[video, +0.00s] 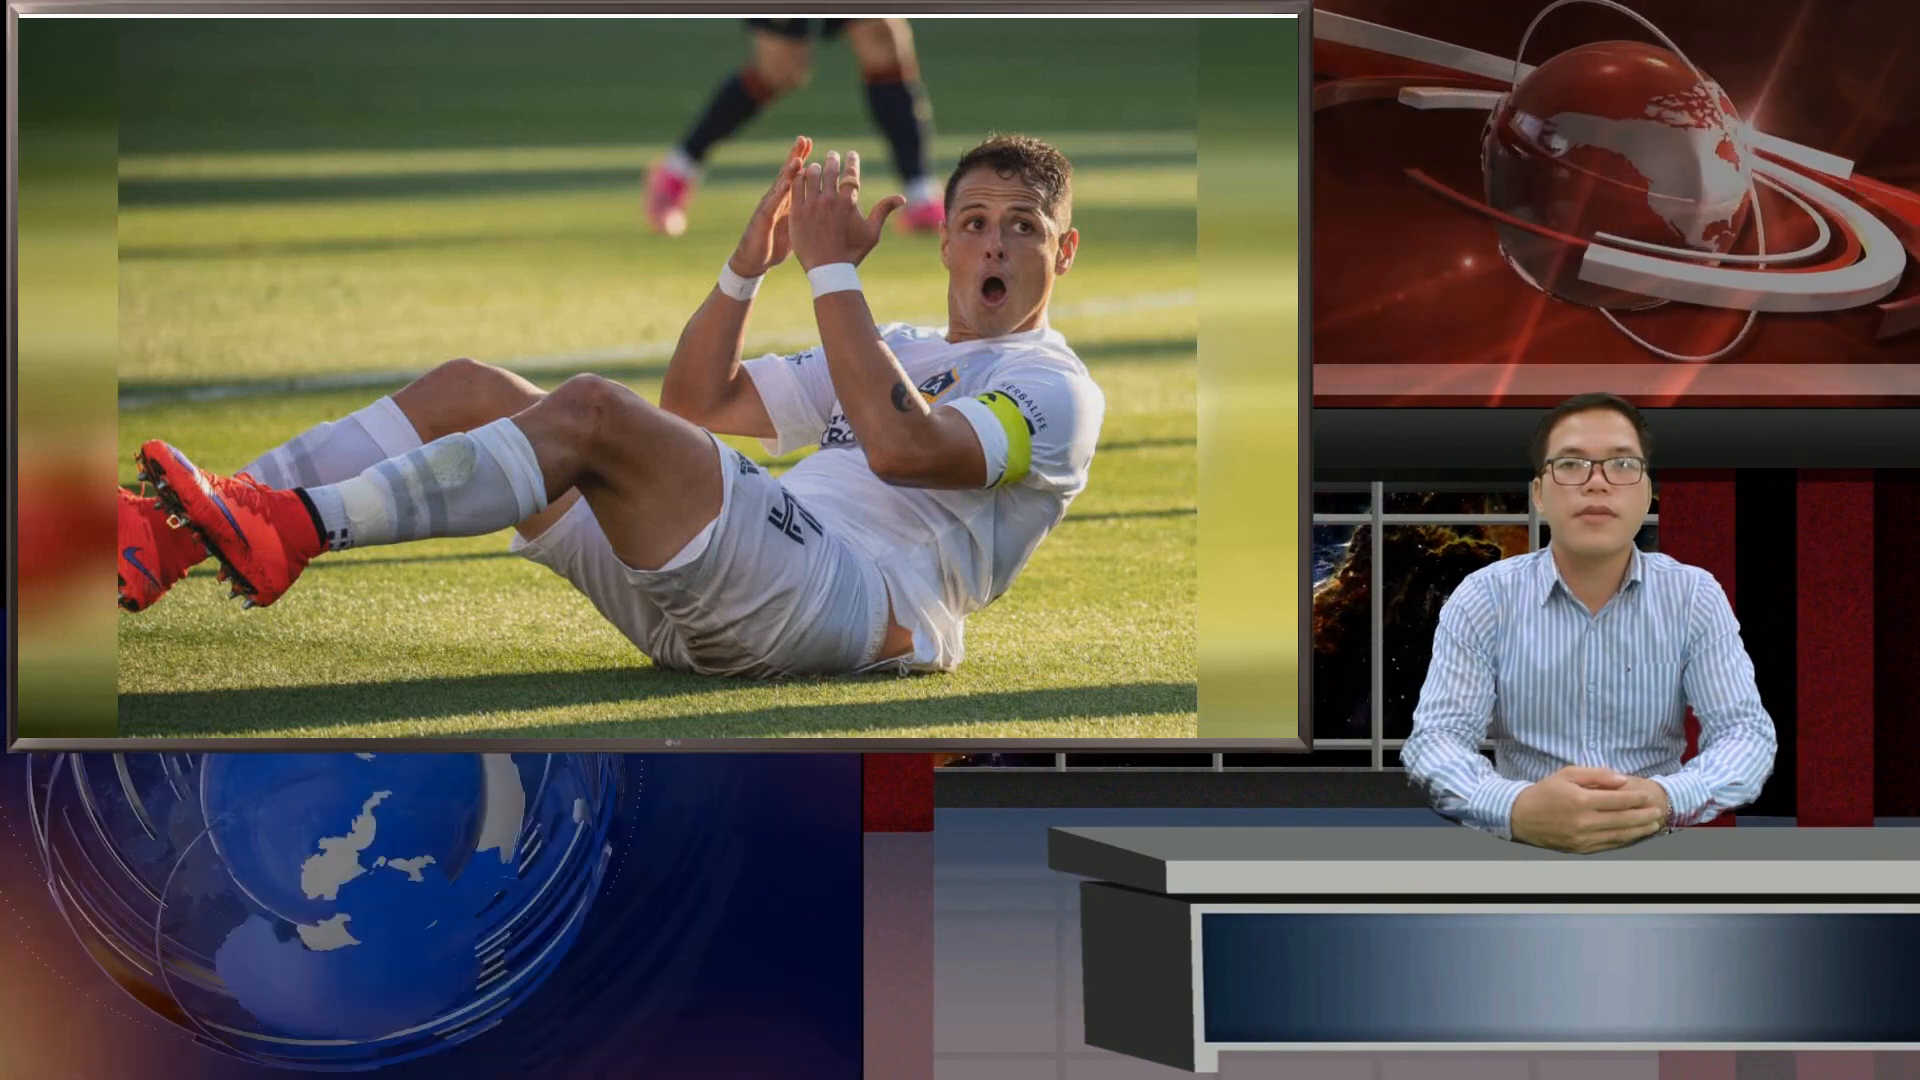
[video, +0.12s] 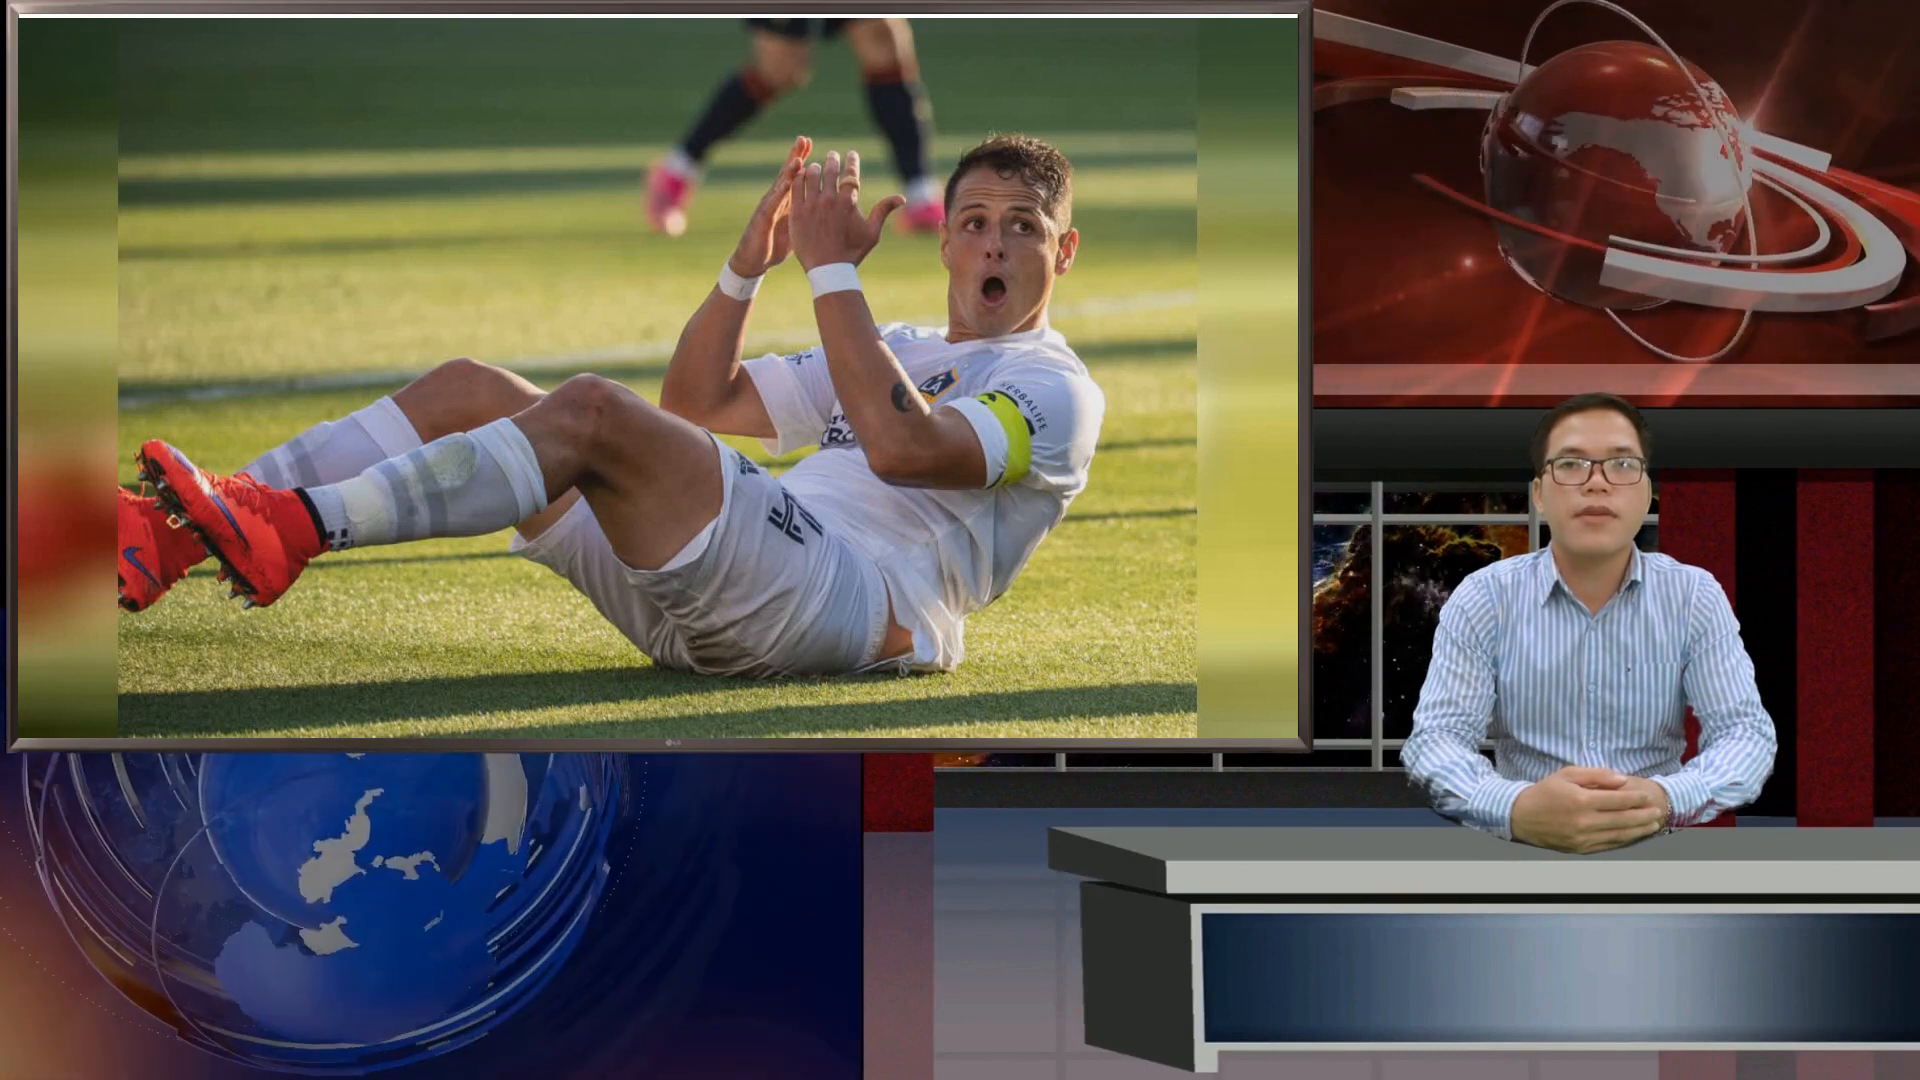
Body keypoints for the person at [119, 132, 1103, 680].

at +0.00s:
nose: (995, 246)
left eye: (1022, 230)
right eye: (975, 224)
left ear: (1065, 257)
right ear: (942, 242)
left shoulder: (1054, 389)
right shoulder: (893, 358)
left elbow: (901, 447)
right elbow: (695, 404)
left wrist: (834, 270)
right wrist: (746, 270)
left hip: (842, 602)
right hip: (735, 572)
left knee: (592, 413)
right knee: (468, 389)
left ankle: (300, 524)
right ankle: (174, 542)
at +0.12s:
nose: (995, 246)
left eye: (1022, 230)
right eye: (975, 224)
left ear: (1065, 257)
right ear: (942, 242)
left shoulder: (1054, 389)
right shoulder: (893, 359)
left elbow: (901, 447)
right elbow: (695, 404)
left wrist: (834, 270)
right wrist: (746, 270)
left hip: (842, 602)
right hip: (734, 572)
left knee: (592, 413)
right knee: (468, 389)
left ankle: (300, 524)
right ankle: (174, 542)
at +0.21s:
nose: (996, 245)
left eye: (1023, 229)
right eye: (976, 223)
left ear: (1065, 257)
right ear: (943, 241)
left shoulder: (1056, 389)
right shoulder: (892, 358)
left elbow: (901, 447)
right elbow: (695, 405)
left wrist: (833, 268)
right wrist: (747, 269)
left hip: (840, 603)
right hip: (733, 572)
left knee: (593, 413)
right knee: (467, 389)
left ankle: (300, 524)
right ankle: (173, 542)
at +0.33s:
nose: (996, 245)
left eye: (1023, 229)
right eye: (976, 223)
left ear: (1065, 257)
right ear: (943, 241)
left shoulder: (1056, 389)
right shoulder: (892, 358)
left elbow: (901, 447)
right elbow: (695, 405)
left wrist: (833, 268)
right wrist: (746, 269)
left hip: (840, 603)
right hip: (733, 572)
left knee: (593, 413)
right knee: (467, 389)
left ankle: (300, 524)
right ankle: (173, 541)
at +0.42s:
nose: (996, 245)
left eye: (1023, 229)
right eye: (976, 223)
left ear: (1065, 257)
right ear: (943, 241)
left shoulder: (1056, 389)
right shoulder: (892, 358)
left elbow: (901, 447)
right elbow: (695, 405)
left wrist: (833, 268)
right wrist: (746, 270)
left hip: (840, 603)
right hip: (733, 572)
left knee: (593, 413)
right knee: (467, 389)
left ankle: (300, 524)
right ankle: (173, 541)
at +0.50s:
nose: (995, 246)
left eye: (1022, 230)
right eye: (975, 224)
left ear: (1065, 257)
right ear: (942, 242)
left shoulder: (1054, 389)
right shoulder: (893, 359)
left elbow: (901, 447)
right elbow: (695, 404)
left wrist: (833, 270)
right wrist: (746, 270)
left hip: (842, 602)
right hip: (734, 572)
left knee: (592, 413)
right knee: (468, 389)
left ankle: (300, 524)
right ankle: (174, 542)